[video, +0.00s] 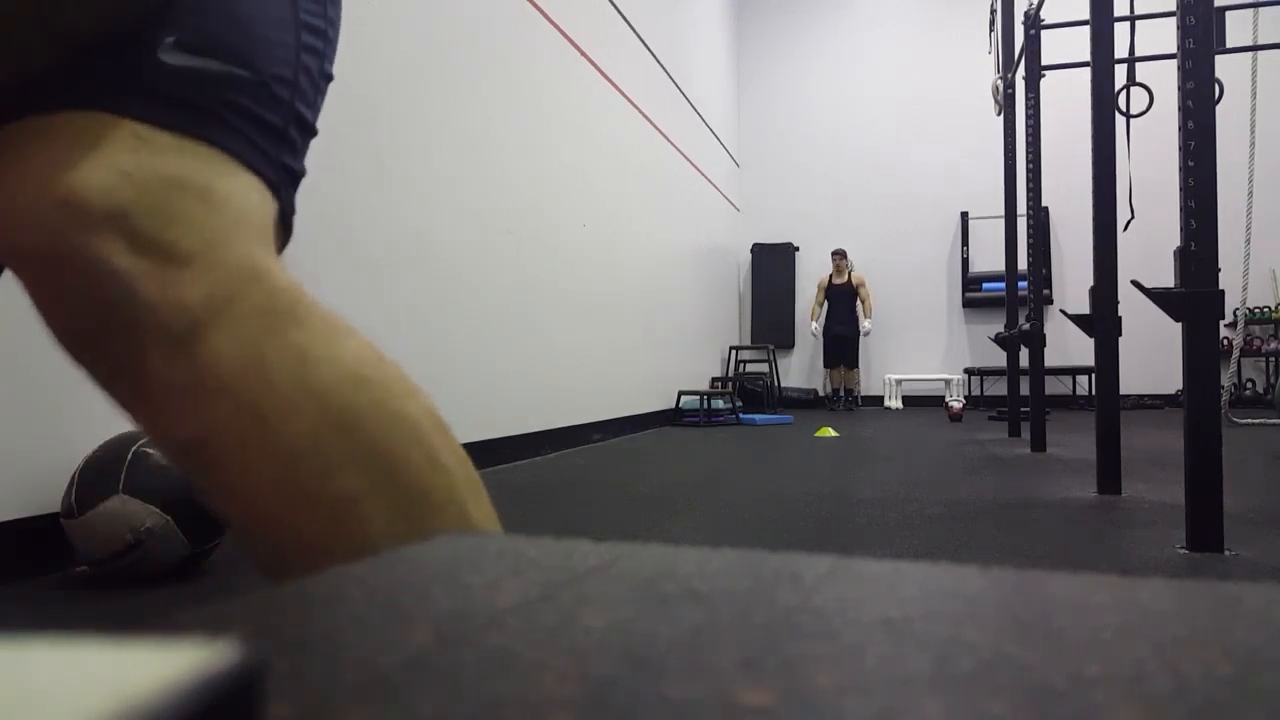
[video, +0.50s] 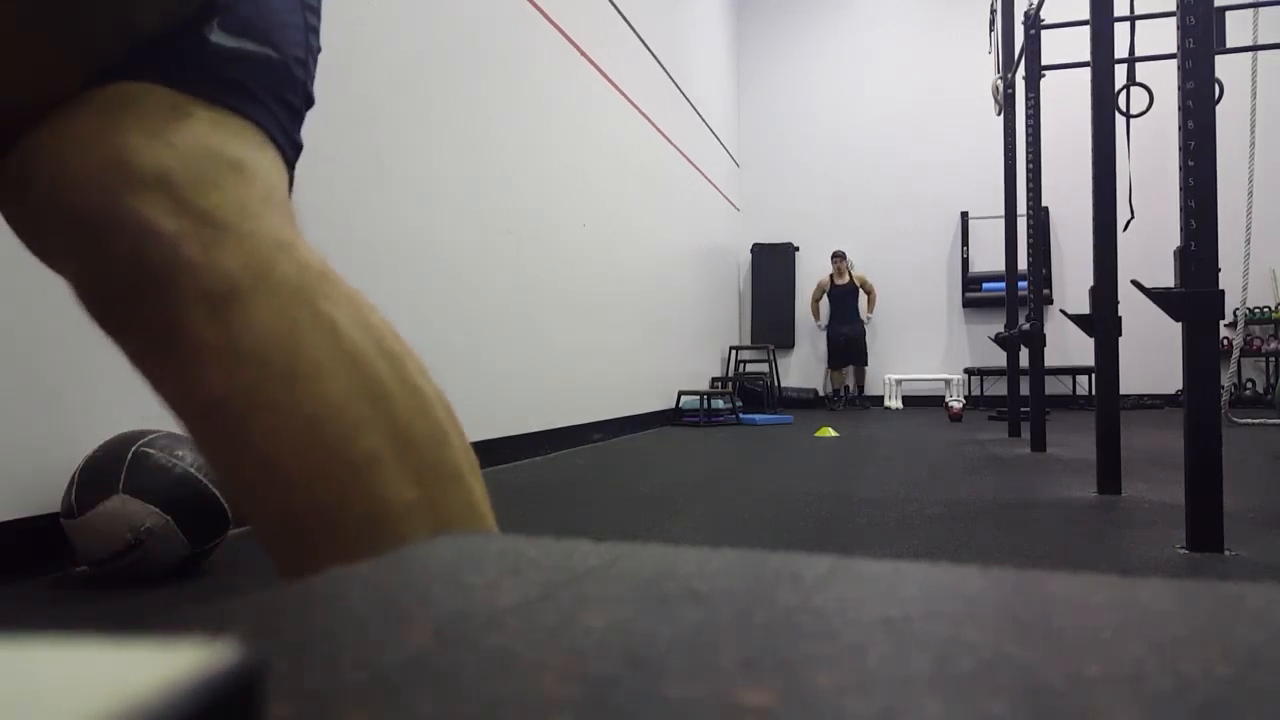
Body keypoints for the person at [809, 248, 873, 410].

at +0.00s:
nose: (837, 263)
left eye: (840, 260)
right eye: (834, 260)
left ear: (846, 261)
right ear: (831, 262)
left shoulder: (856, 279)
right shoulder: (825, 282)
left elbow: (865, 300)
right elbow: (818, 303)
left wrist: (867, 319)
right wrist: (814, 321)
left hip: (850, 327)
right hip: (831, 328)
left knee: (849, 365)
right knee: (834, 365)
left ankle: (849, 398)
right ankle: (835, 397)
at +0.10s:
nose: (837, 263)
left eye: (840, 260)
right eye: (834, 260)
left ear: (846, 262)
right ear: (830, 262)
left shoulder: (856, 279)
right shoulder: (824, 282)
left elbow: (865, 300)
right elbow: (817, 304)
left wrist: (868, 320)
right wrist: (813, 323)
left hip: (850, 327)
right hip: (831, 328)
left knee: (849, 365)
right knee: (834, 365)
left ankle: (849, 398)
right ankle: (836, 397)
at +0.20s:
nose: (836, 264)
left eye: (839, 260)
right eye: (833, 261)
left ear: (845, 262)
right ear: (829, 263)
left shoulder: (855, 279)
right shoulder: (823, 282)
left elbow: (870, 296)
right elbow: (812, 303)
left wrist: (869, 316)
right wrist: (813, 321)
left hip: (851, 327)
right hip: (832, 328)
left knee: (850, 366)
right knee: (834, 366)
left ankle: (849, 398)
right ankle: (835, 398)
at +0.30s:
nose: (835, 264)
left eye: (838, 261)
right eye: (832, 262)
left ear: (844, 262)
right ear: (829, 264)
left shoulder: (855, 279)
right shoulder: (823, 283)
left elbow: (871, 292)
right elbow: (810, 300)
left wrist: (869, 312)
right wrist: (815, 318)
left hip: (853, 326)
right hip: (833, 327)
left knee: (852, 365)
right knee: (835, 366)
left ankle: (850, 397)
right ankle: (836, 397)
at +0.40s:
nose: (836, 265)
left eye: (838, 261)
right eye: (833, 262)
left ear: (844, 262)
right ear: (829, 265)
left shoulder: (856, 279)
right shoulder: (824, 282)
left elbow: (871, 291)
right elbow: (811, 300)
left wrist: (869, 311)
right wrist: (817, 318)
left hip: (854, 326)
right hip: (834, 327)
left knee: (856, 364)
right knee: (835, 366)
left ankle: (856, 396)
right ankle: (836, 398)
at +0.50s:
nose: (838, 265)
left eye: (840, 262)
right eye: (835, 262)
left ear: (846, 262)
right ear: (831, 265)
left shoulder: (858, 279)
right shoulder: (825, 283)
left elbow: (871, 293)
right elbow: (815, 301)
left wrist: (869, 314)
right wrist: (818, 321)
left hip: (855, 326)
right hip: (835, 328)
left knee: (859, 364)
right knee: (836, 366)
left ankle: (860, 395)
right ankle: (837, 398)